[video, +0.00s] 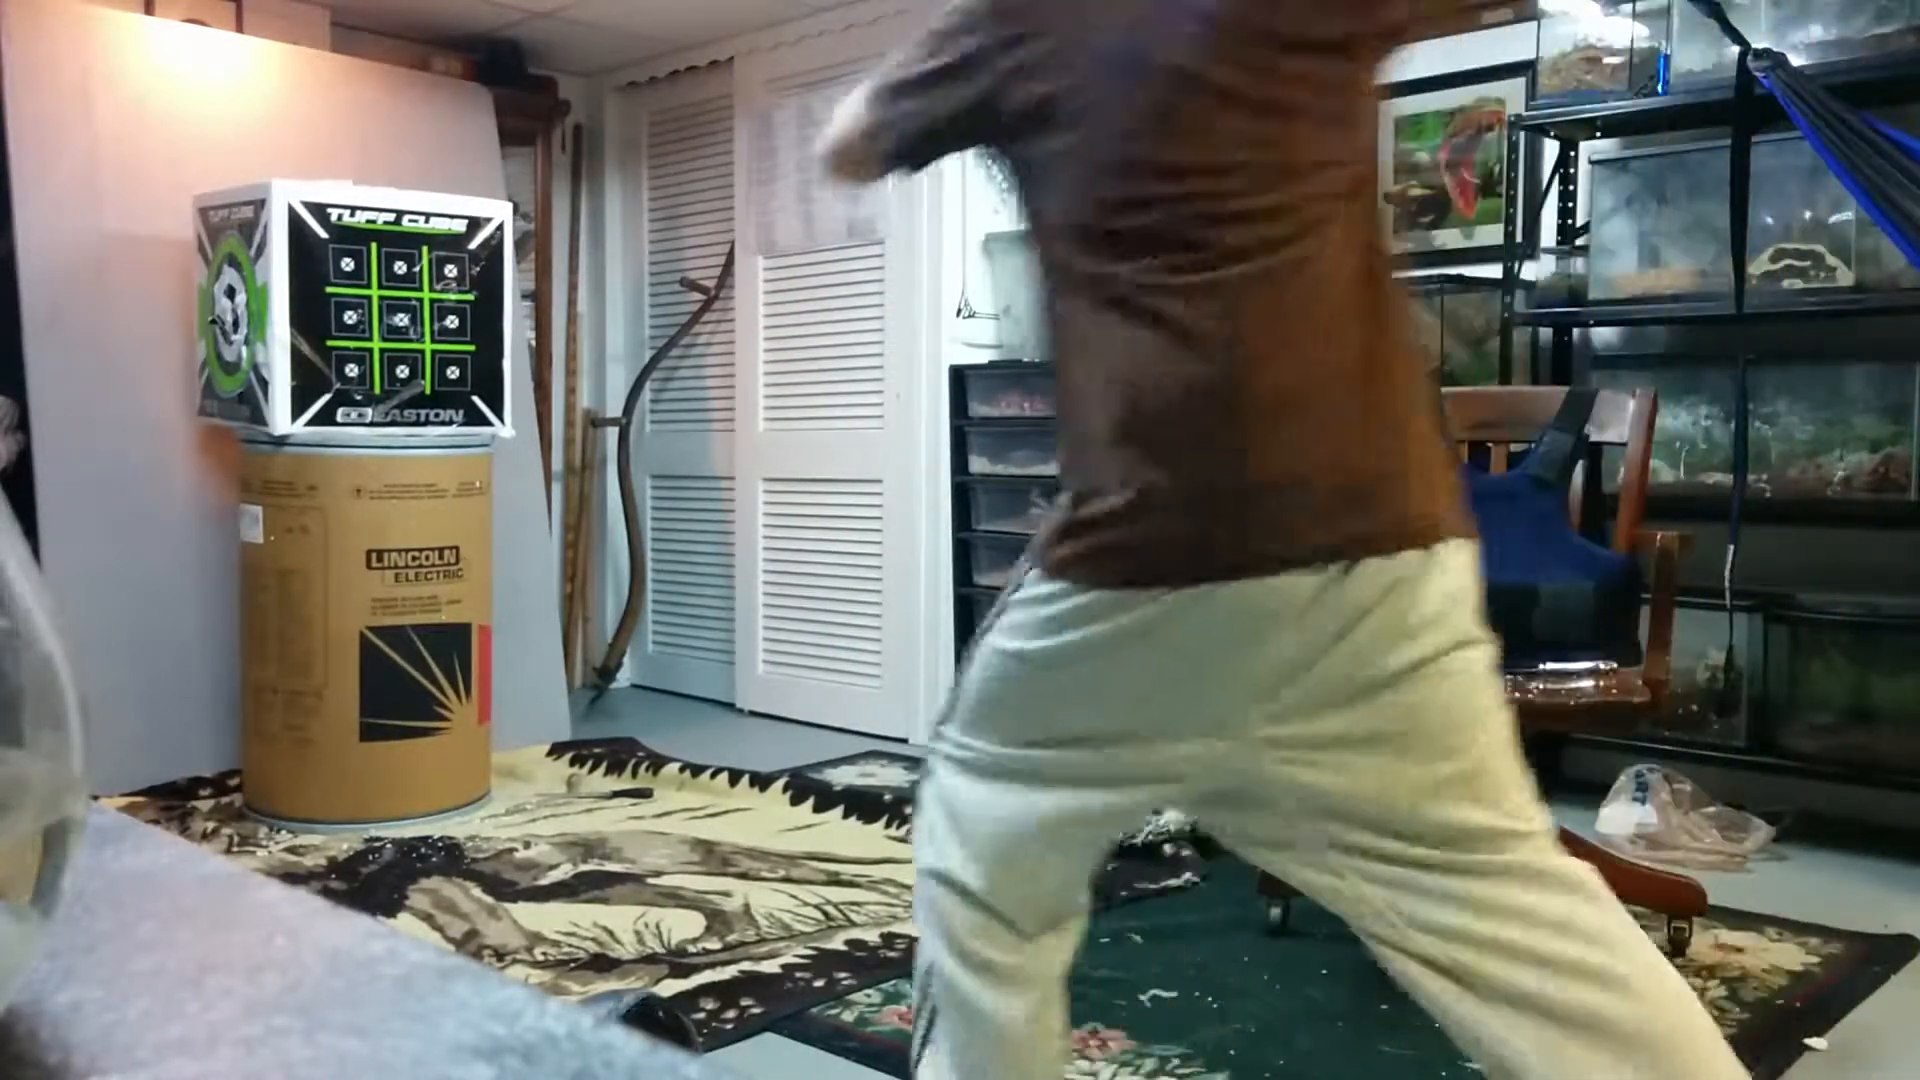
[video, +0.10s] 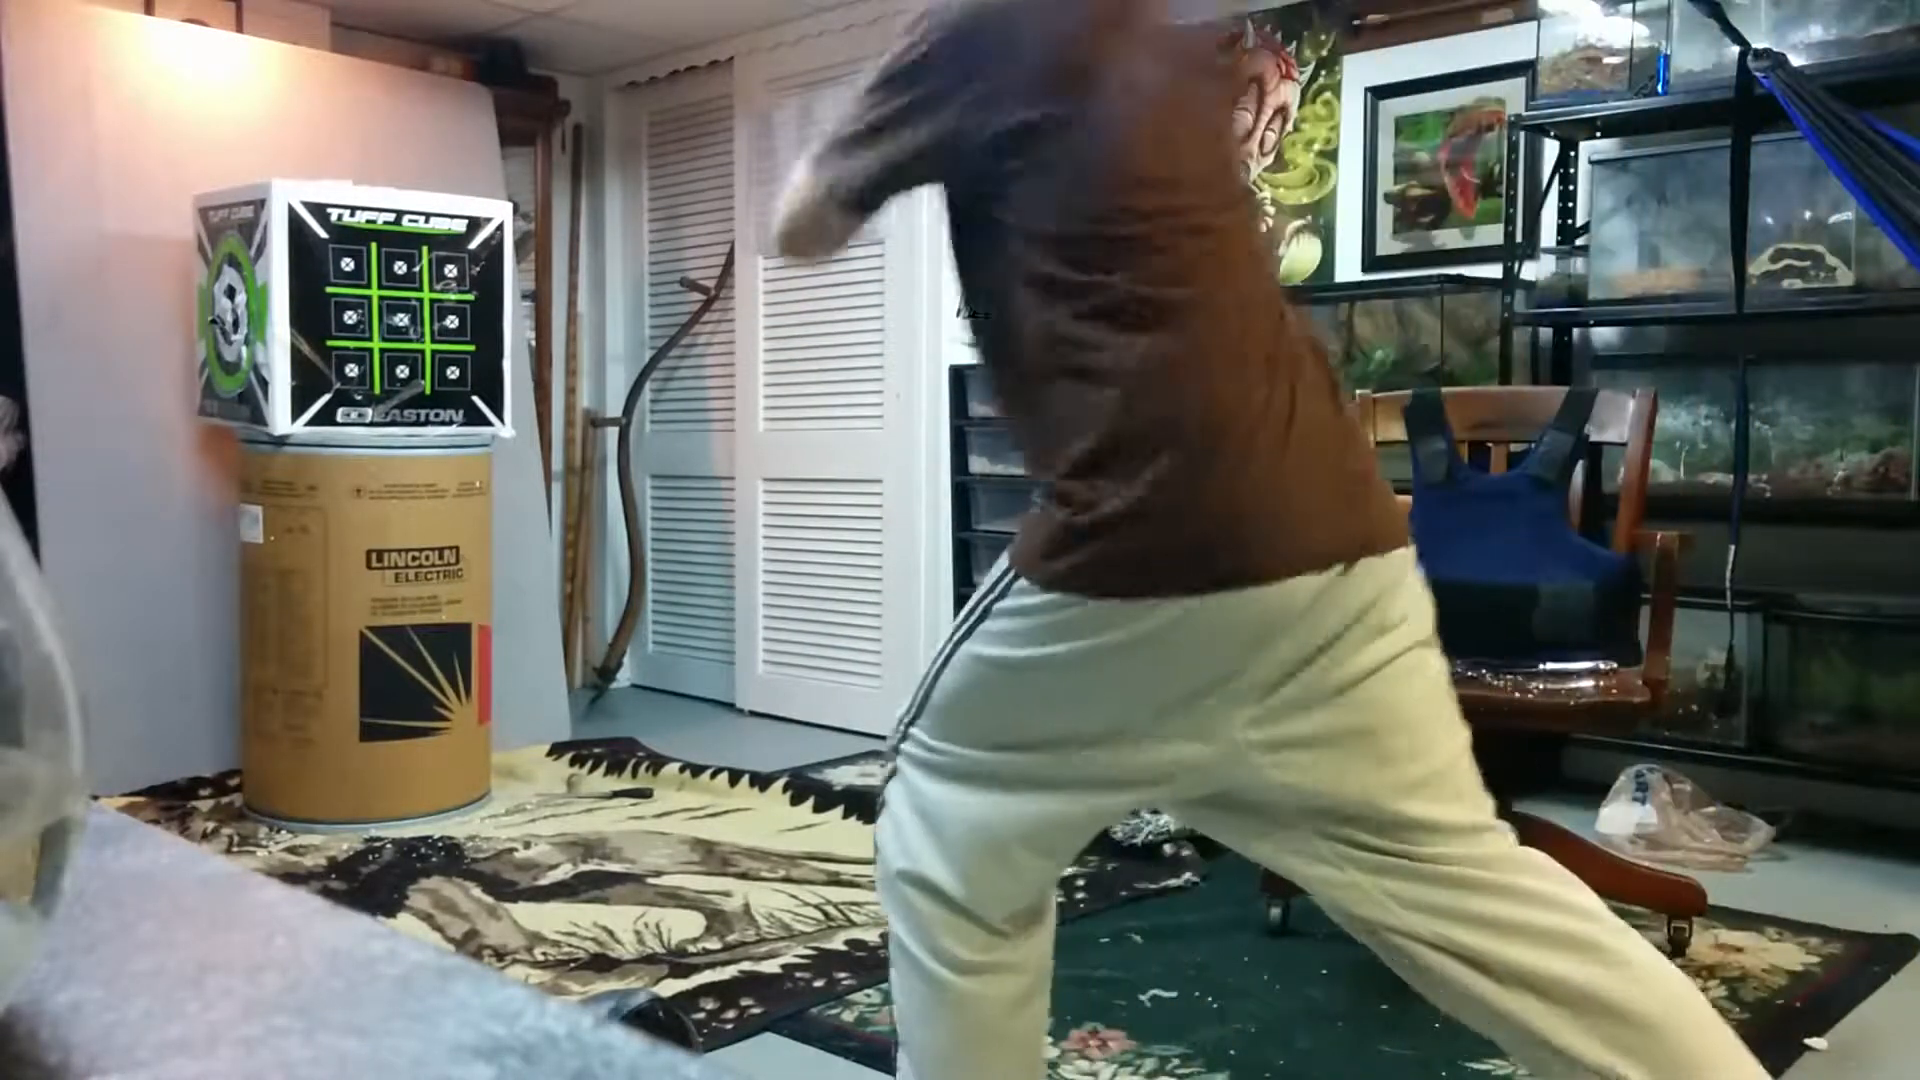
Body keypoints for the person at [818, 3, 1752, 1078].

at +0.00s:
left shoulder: (1019, 22)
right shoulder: (1330, 4)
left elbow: (850, 149)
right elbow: (1503, 2)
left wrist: (923, 72)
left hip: (1160, 509)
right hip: (1388, 490)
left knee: (993, 806)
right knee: (1494, 869)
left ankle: (989, 1059)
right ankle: (1699, 1068)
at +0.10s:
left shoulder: (981, 34)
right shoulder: (1193, 37)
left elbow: (804, 229)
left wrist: (842, 153)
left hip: (1152, 518)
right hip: (1335, 504)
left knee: (955, 835)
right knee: (1455, 868)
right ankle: (1728, 1066)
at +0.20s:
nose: (866, 49)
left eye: (868, 34)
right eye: (863, 40)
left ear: (898, 16)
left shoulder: (971, 50)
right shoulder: (1105, 105)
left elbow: (823, 304)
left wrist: (903, 206)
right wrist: (918, 213)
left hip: (1154, 512)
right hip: (1323, 498)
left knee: (954, 816)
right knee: (1442, 862)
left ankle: (964, 1060)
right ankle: (1698, 1062)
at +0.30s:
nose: (776, 54)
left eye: (778, 25)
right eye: (774, 35)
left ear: (838, 2)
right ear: (888, 5)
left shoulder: (938, 67)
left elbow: (820, 329)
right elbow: (885, 452)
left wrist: (841, 239)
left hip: (1145, 513)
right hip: (1301, 491)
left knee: (946, 825)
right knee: (1427, 851)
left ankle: (973, 1074)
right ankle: (1701, 1076)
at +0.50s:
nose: (748, 81)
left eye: (744, 47)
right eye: (742, 57)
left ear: (793, 11)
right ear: (847, 14)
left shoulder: (887, 69)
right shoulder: (1002, 107)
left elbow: (786, 335)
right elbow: (986, 400)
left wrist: (807, 232)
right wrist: (898, 571)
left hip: (1125, 492)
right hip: (1291, 465)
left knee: (963, 839)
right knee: (1393, 819)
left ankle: (975, 1061)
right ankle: (1698, 1061)